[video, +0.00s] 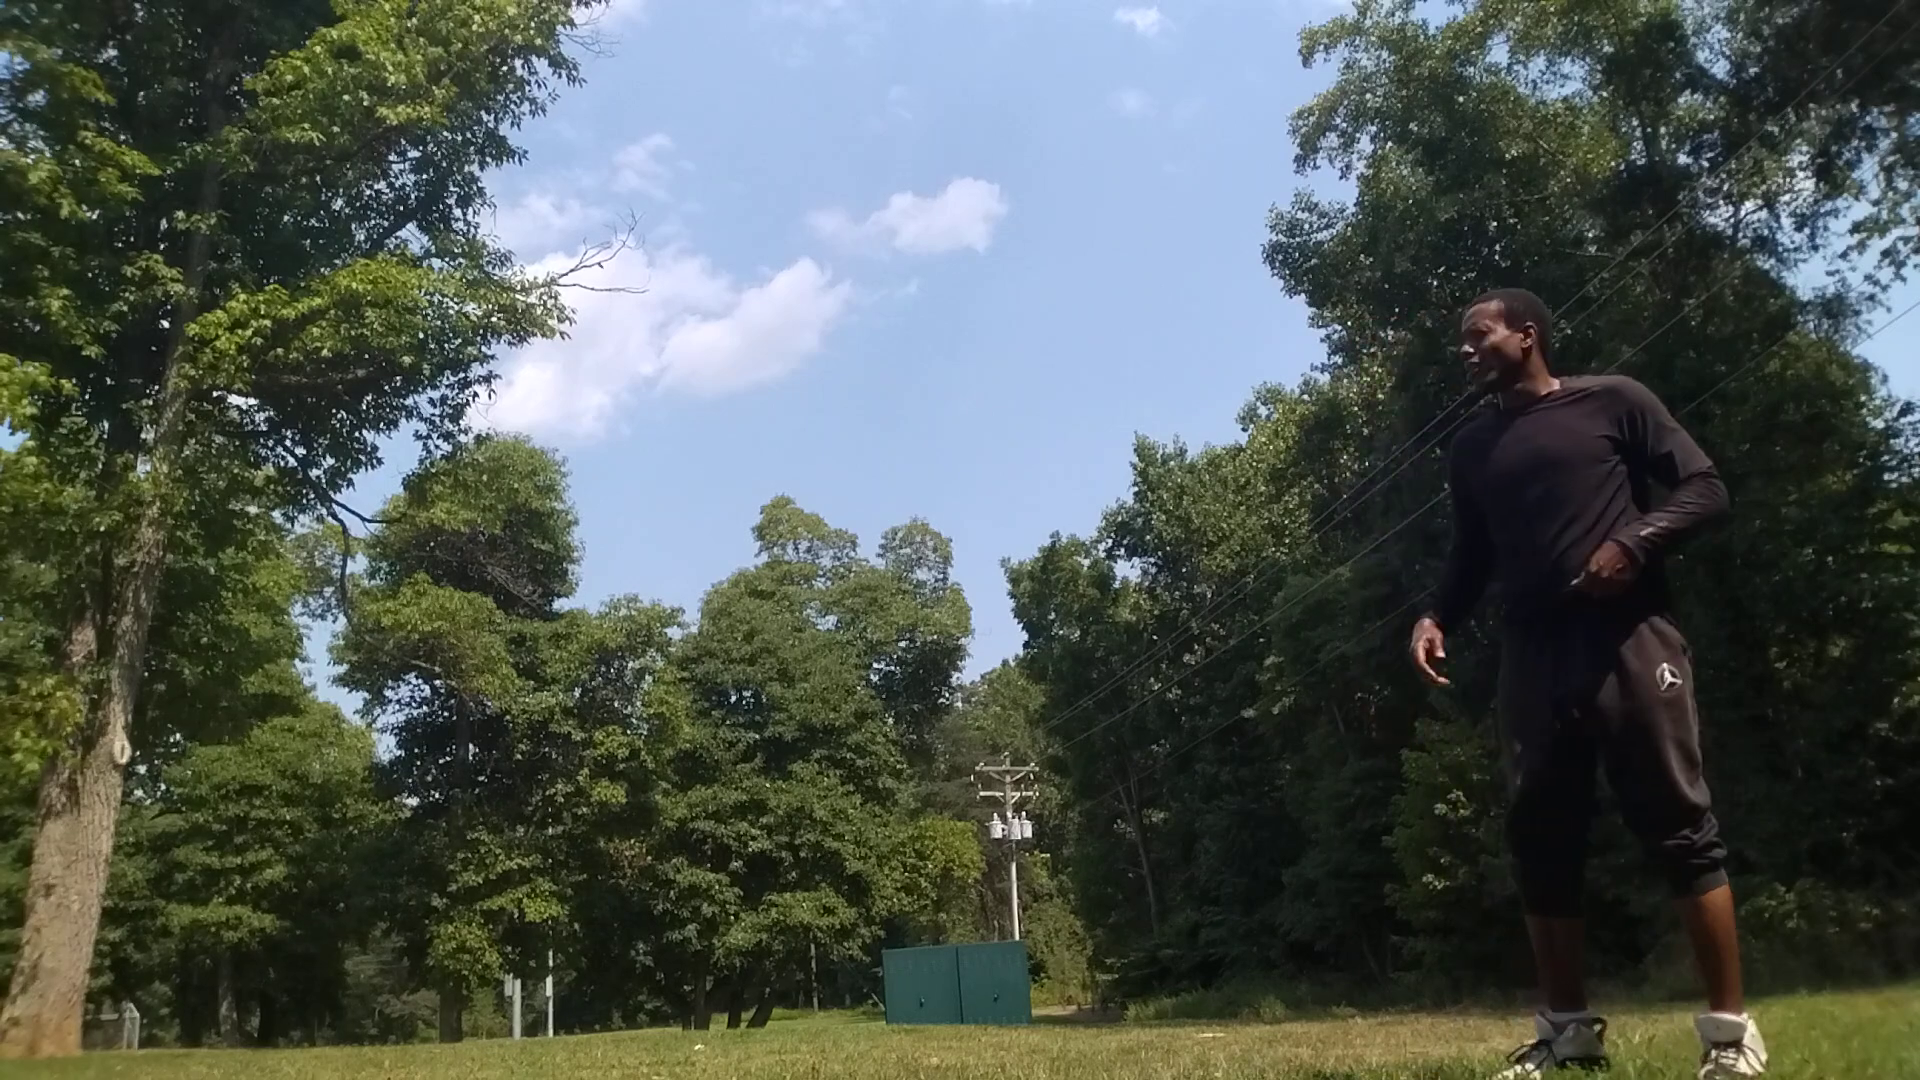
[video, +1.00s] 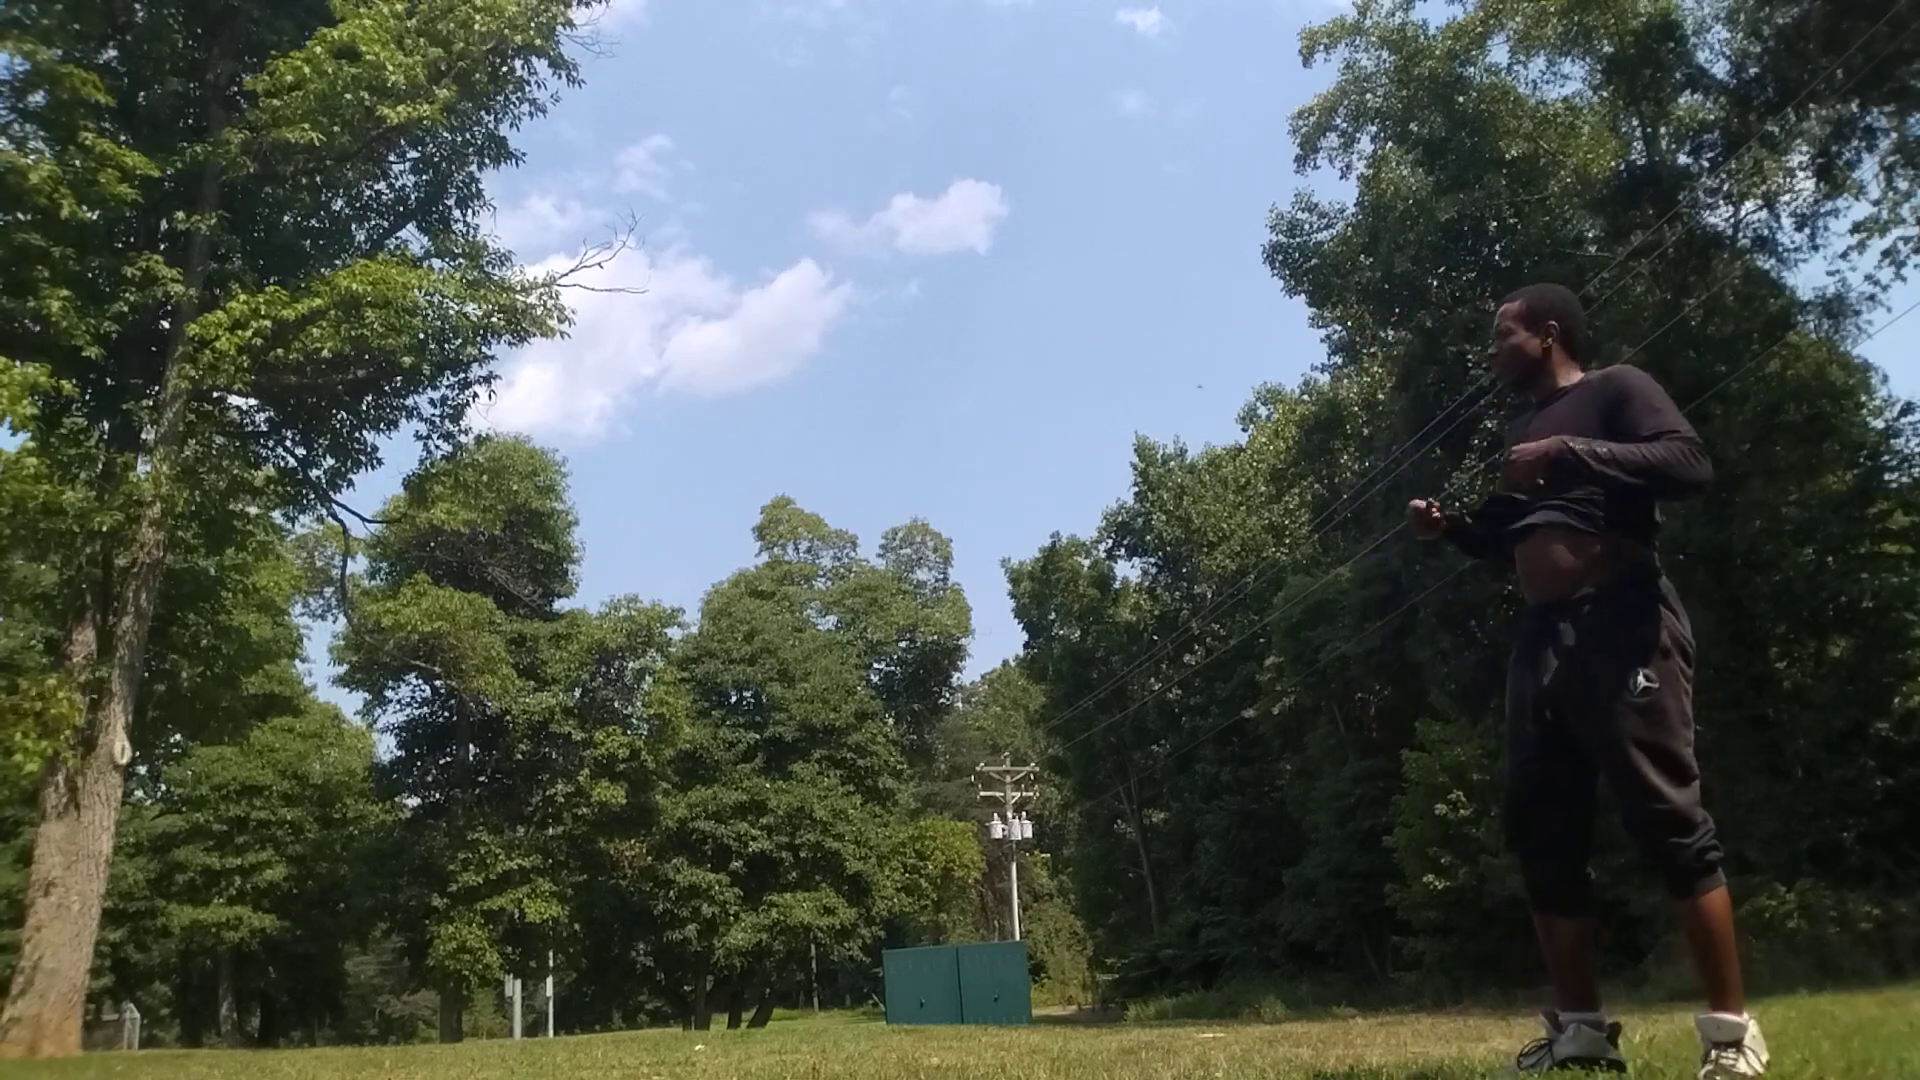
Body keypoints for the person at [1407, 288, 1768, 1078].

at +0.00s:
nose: (1465, 350)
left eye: (1476, 335)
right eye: (1462, 340)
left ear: (1526, 333)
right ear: (1488, 349)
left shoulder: (1615, 399)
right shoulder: (1471, 444)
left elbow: (1704, 490)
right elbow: (1472, 550)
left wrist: (1632, 541)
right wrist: (1436, 614)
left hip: (1631, 645)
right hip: (1534, 659)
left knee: (1684, 833)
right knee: (1539, 835)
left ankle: (1729, 1036)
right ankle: (1566, 1029)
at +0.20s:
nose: (1493, 343)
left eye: (1505, 327)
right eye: (1491, 332)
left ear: (1554, 328)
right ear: (1524, 340)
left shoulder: (1640, 391)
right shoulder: (1505, 437)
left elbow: (1735, 472)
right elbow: (1509, 553)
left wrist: (1631, 507)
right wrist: (1490, 589)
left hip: (1648, 636)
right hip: (1554, 650)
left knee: (1691, 827)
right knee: (1553, 829)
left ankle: (1731, 1033)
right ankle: (1578, 1029)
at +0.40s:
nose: (1508, 342)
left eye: (1519, 327)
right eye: (1507, 331)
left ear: (1566, 325)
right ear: (1553, 331)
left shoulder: (1640, 384)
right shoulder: (1530, 432)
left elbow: (1722, 469)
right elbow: (1546, 532)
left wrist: (1596, 490)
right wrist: (1506, 567)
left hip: (1654, 628)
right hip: (1566, 639)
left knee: (1693, 821)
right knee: (1562, 826)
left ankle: (1733, 1033)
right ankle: (1579, 1028)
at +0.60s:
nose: (1510, 341)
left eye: (1521, 326)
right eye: (1510, 329)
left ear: (1565, 327)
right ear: (1552, 332)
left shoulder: (1627, 377)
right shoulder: (1543, 427)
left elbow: (1726, 438)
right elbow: (1567, 543)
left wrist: (1611, 484)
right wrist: (1501, 545)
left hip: (1651, 626)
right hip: (1571, 635)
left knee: (1688, 818)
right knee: (1564, 822)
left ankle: (1734, 1034)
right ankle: (1582, 1028)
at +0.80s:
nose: (1505, 341)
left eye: (1515, 327)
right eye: (1506, 329)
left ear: (1559, 329)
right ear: (1550, 332)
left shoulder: (1624, 378)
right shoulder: (1538, 424)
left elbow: (1720, 438)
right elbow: (1551, 518)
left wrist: (1604, 459)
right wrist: (1489, 529)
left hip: (1642, 624)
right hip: (1564, 637)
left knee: (1683, 820)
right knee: (1557, 824)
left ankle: (1733, 1035)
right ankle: (1582, 1028)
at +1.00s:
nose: (1493, 349)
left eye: (1502, 333)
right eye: (1493, 336)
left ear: (1545, 334)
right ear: (1537, 337)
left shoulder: (1617, 385)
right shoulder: (1528, 435)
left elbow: (1691, 463)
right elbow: (1520, 542)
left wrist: (1561, 450)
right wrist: (1453, 525)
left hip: (1626, 624)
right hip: (1545, 638)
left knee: (1672, 821)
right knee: (1541, 825)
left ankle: (1730, 1035)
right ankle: (1579, 1030)